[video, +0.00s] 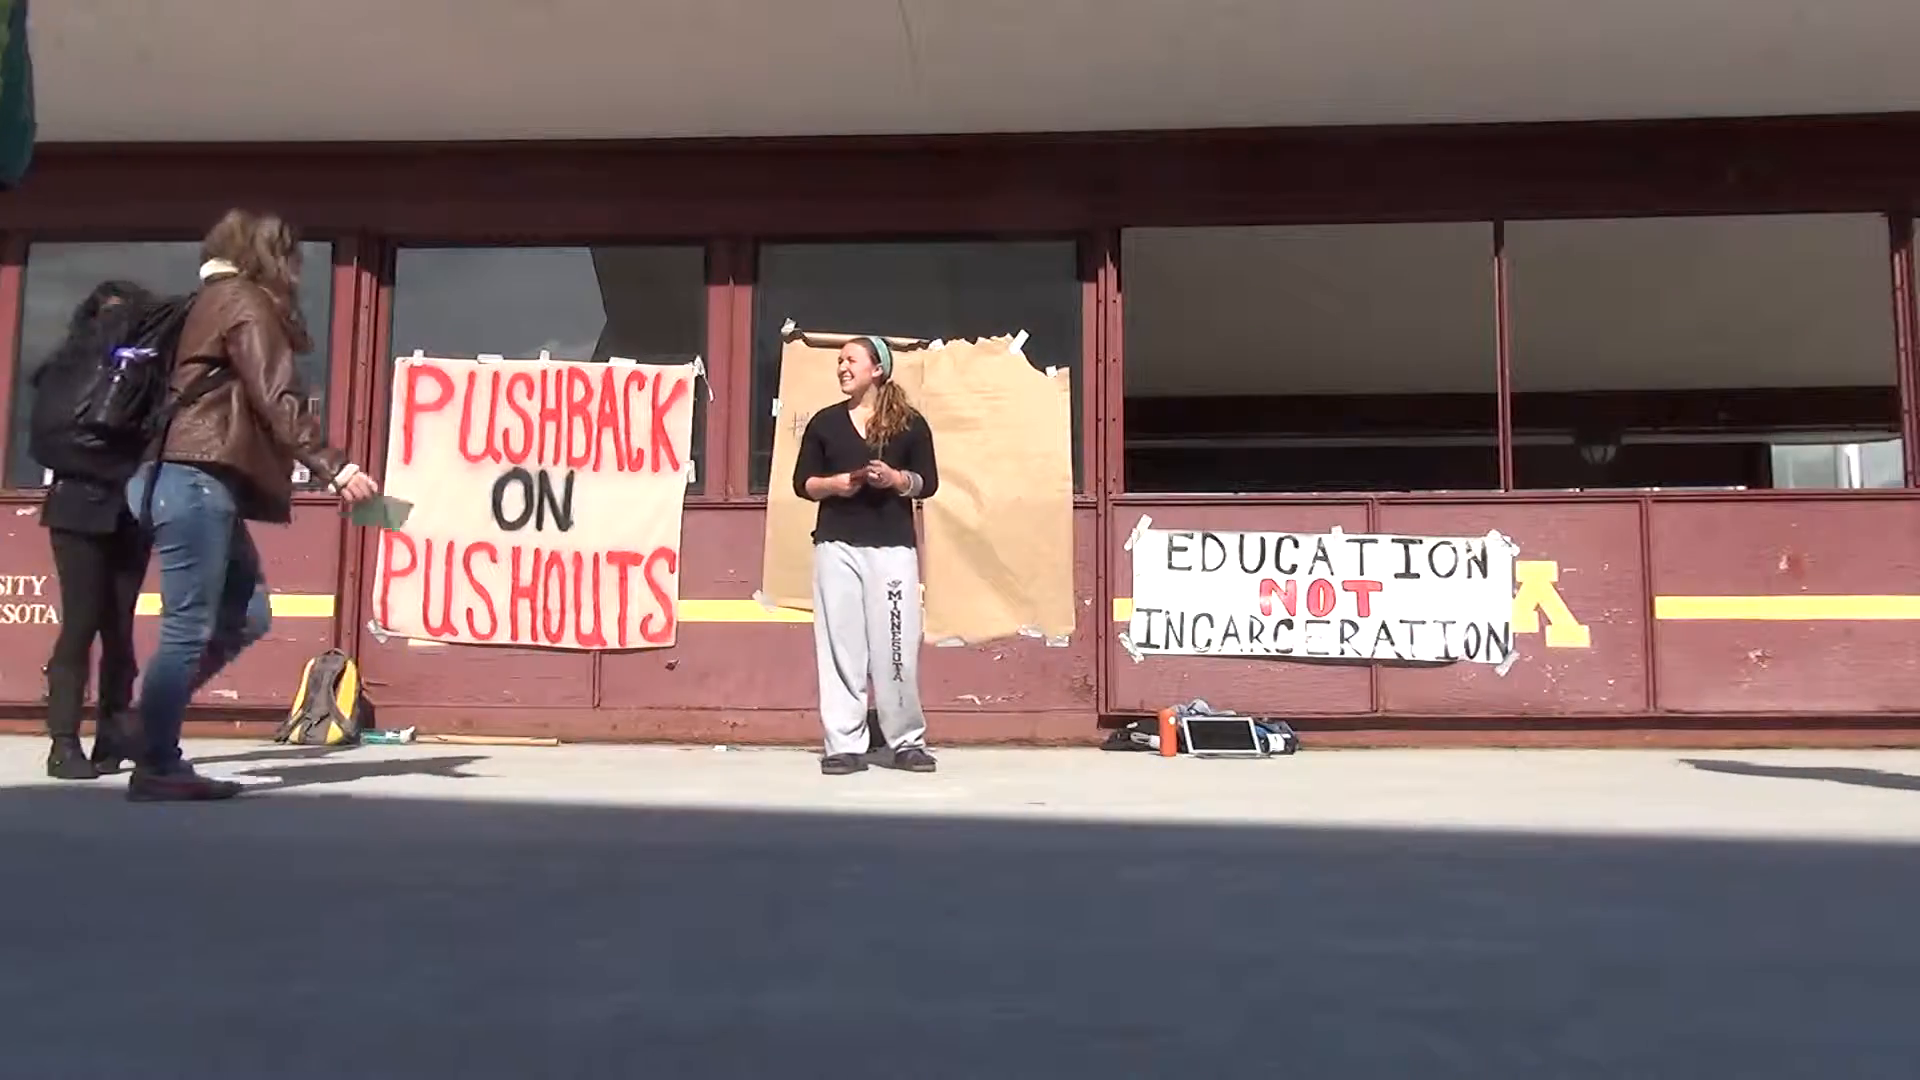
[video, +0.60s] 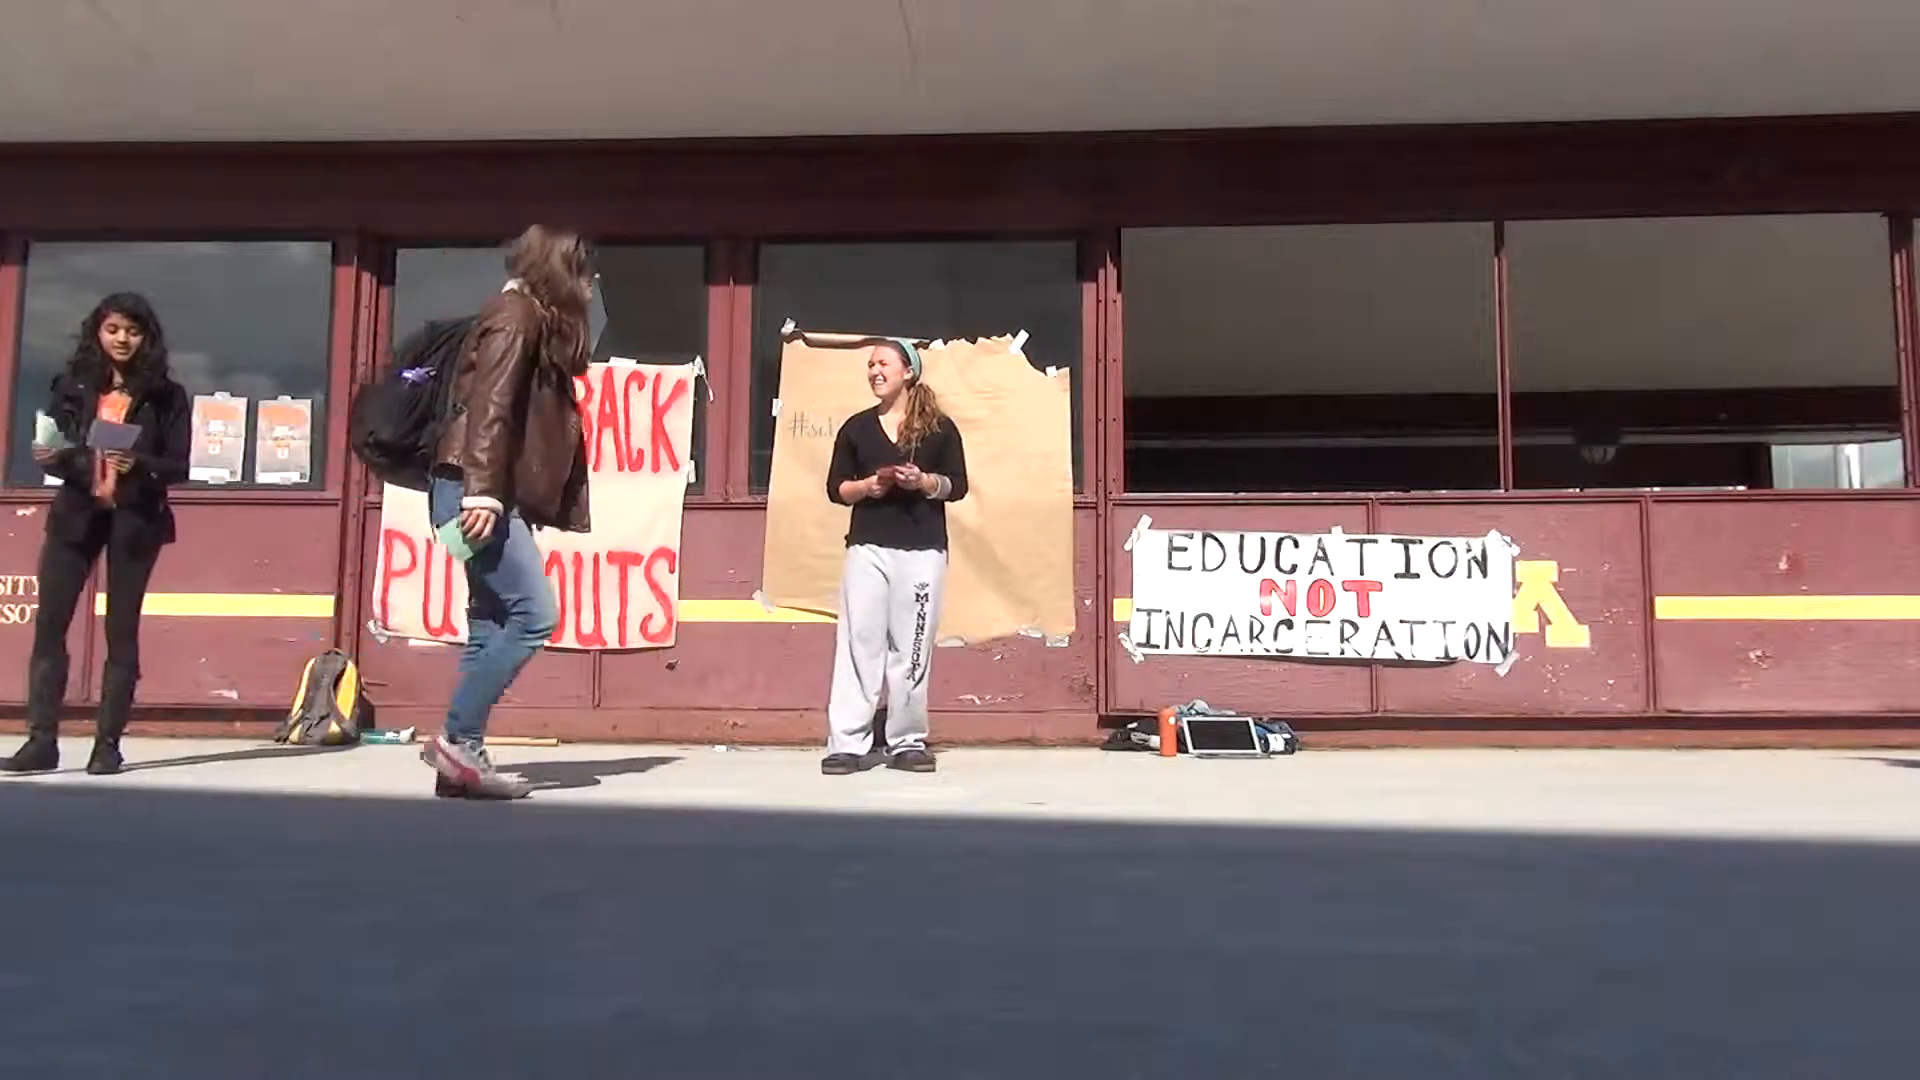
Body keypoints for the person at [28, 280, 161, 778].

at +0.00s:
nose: (119, 317)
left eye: (126, 309)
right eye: (113, 308)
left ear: (136, 317)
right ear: (97, 312)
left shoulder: (147, 362)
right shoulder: (71, 362)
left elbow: (158, 431)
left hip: (132, 505)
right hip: (79, 501)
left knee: (118, 626)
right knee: (80, 623)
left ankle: (113, 737)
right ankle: (65, 744)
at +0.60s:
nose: (122, 338)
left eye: (132, 330)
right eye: (113, 329)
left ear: (146, 337)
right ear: (96, 333)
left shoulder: (168, 394)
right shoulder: (73, 383)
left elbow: (178, 467)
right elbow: (48, 452)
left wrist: (138, 462)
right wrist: (72, 460)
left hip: (134, 518)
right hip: (76, 511)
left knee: (121, 627)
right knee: (49, 619)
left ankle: (107, 743)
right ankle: (42, 739)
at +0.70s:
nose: (121, 339)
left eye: (131, 331)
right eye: (112, 329)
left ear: (146, 338)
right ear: (96, 334)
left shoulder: (167, 394)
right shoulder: (74, 383)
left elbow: (178, 469)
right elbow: (51, 451)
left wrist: (139, 461)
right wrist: (31, 484)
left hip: (132, 520)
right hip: (75, 514)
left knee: (118, 626)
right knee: (41, 620)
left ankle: (107, 742)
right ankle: (37, 733)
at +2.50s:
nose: (145, 368)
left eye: (152, 362)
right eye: (136, 359)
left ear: (158, 370)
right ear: (112, 361)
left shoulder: (168, 416)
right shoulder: (82, 413)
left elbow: (187, 483)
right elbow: (64, 482)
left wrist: (177, 484)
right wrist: (103, 481)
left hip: (151, 532)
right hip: (99, 530)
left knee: (138, 629)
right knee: (76, 628)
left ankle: (128, 737)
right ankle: (41, 738)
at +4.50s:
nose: (102, 358)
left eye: (110, 352)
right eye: (94, 348)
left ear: (116, 358)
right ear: (66, 348)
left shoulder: (119, 404)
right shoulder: (33, 399)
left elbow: (132, 476)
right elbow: (16, 463)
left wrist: (130, 470)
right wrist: (75, 437)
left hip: (102, 527)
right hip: (48, 525)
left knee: (105, 634)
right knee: (52, 630)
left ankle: (95, 731)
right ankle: (46, 737)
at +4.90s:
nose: (106, 359)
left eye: (113, 352)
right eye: (97, 349)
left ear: (120, 358)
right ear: (70, 349)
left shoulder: (121, 407)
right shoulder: (36, 400)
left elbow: (128, 484)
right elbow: (18, 465)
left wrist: (129, 473)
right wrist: (81, 448)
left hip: (101, 529)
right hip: (48, 527)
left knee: (102, 637)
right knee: (50, 631)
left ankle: (87, 734)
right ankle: (46, 739)